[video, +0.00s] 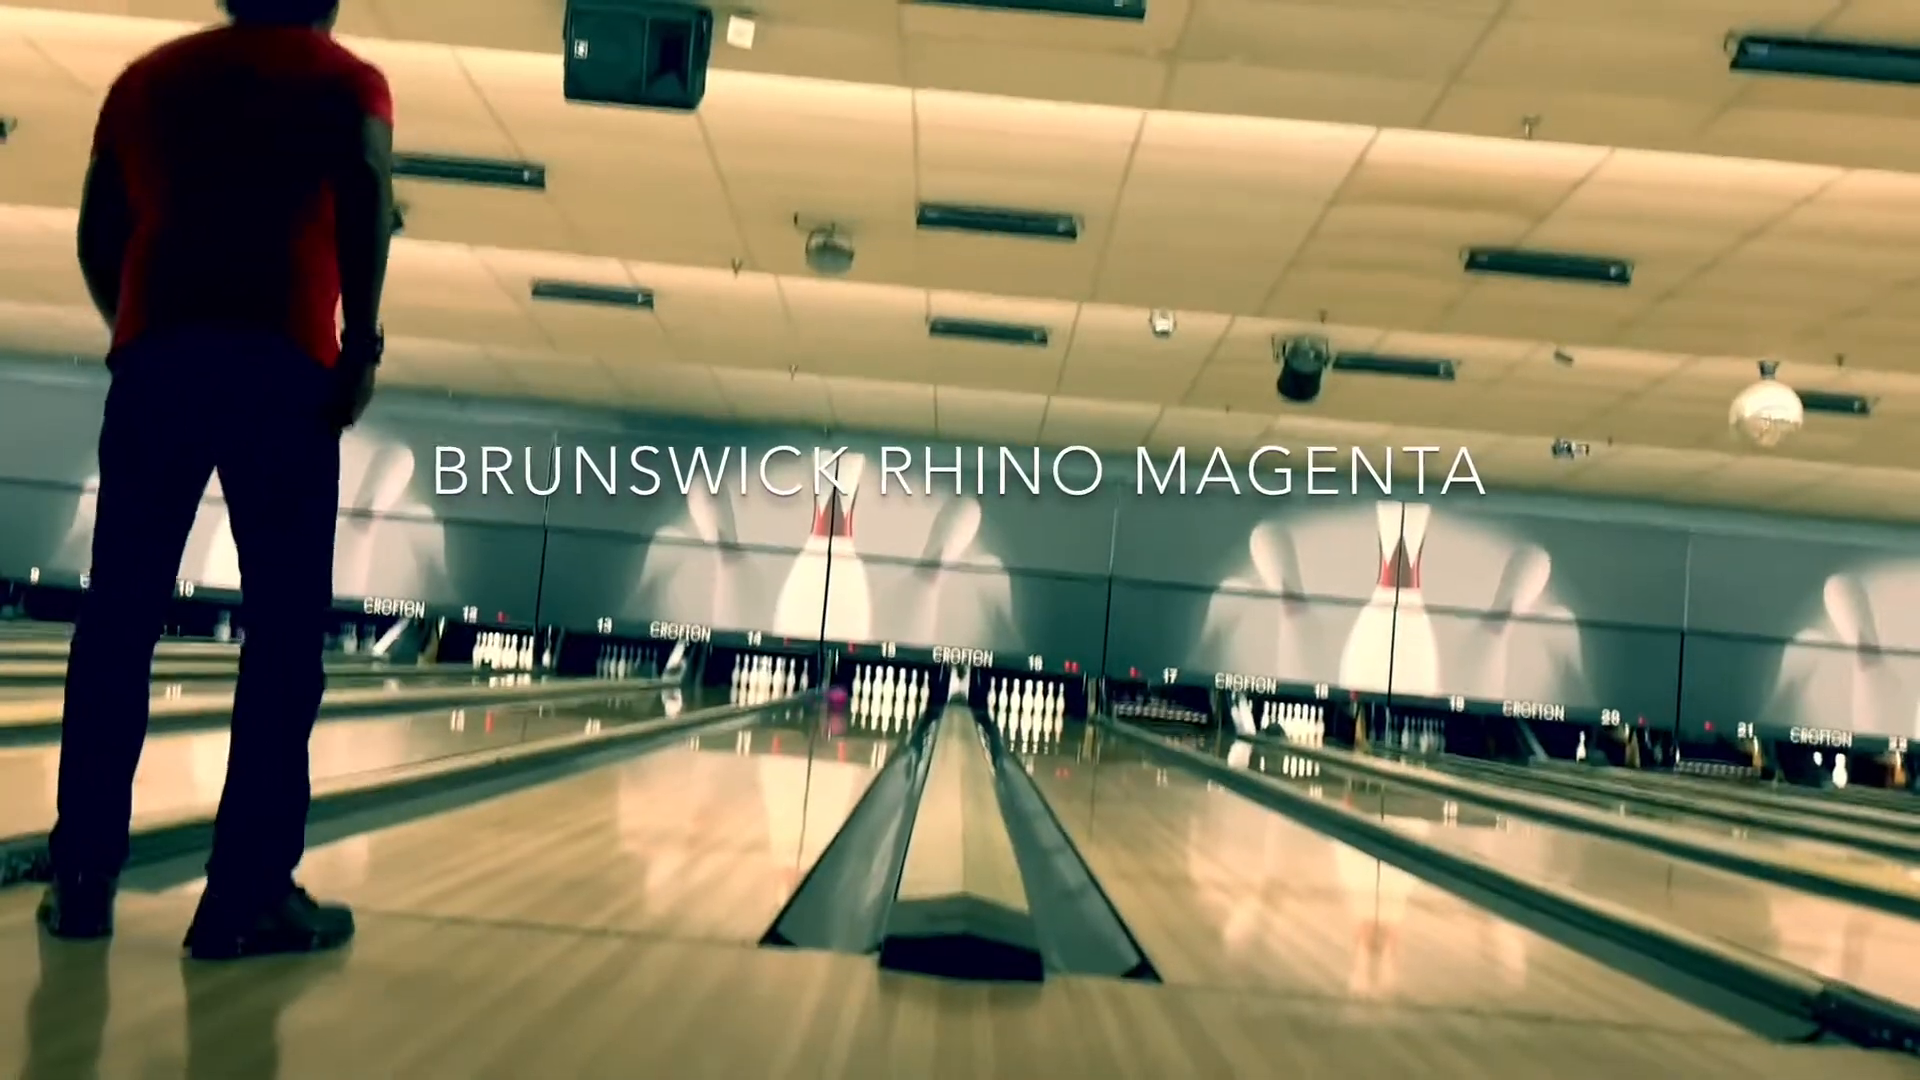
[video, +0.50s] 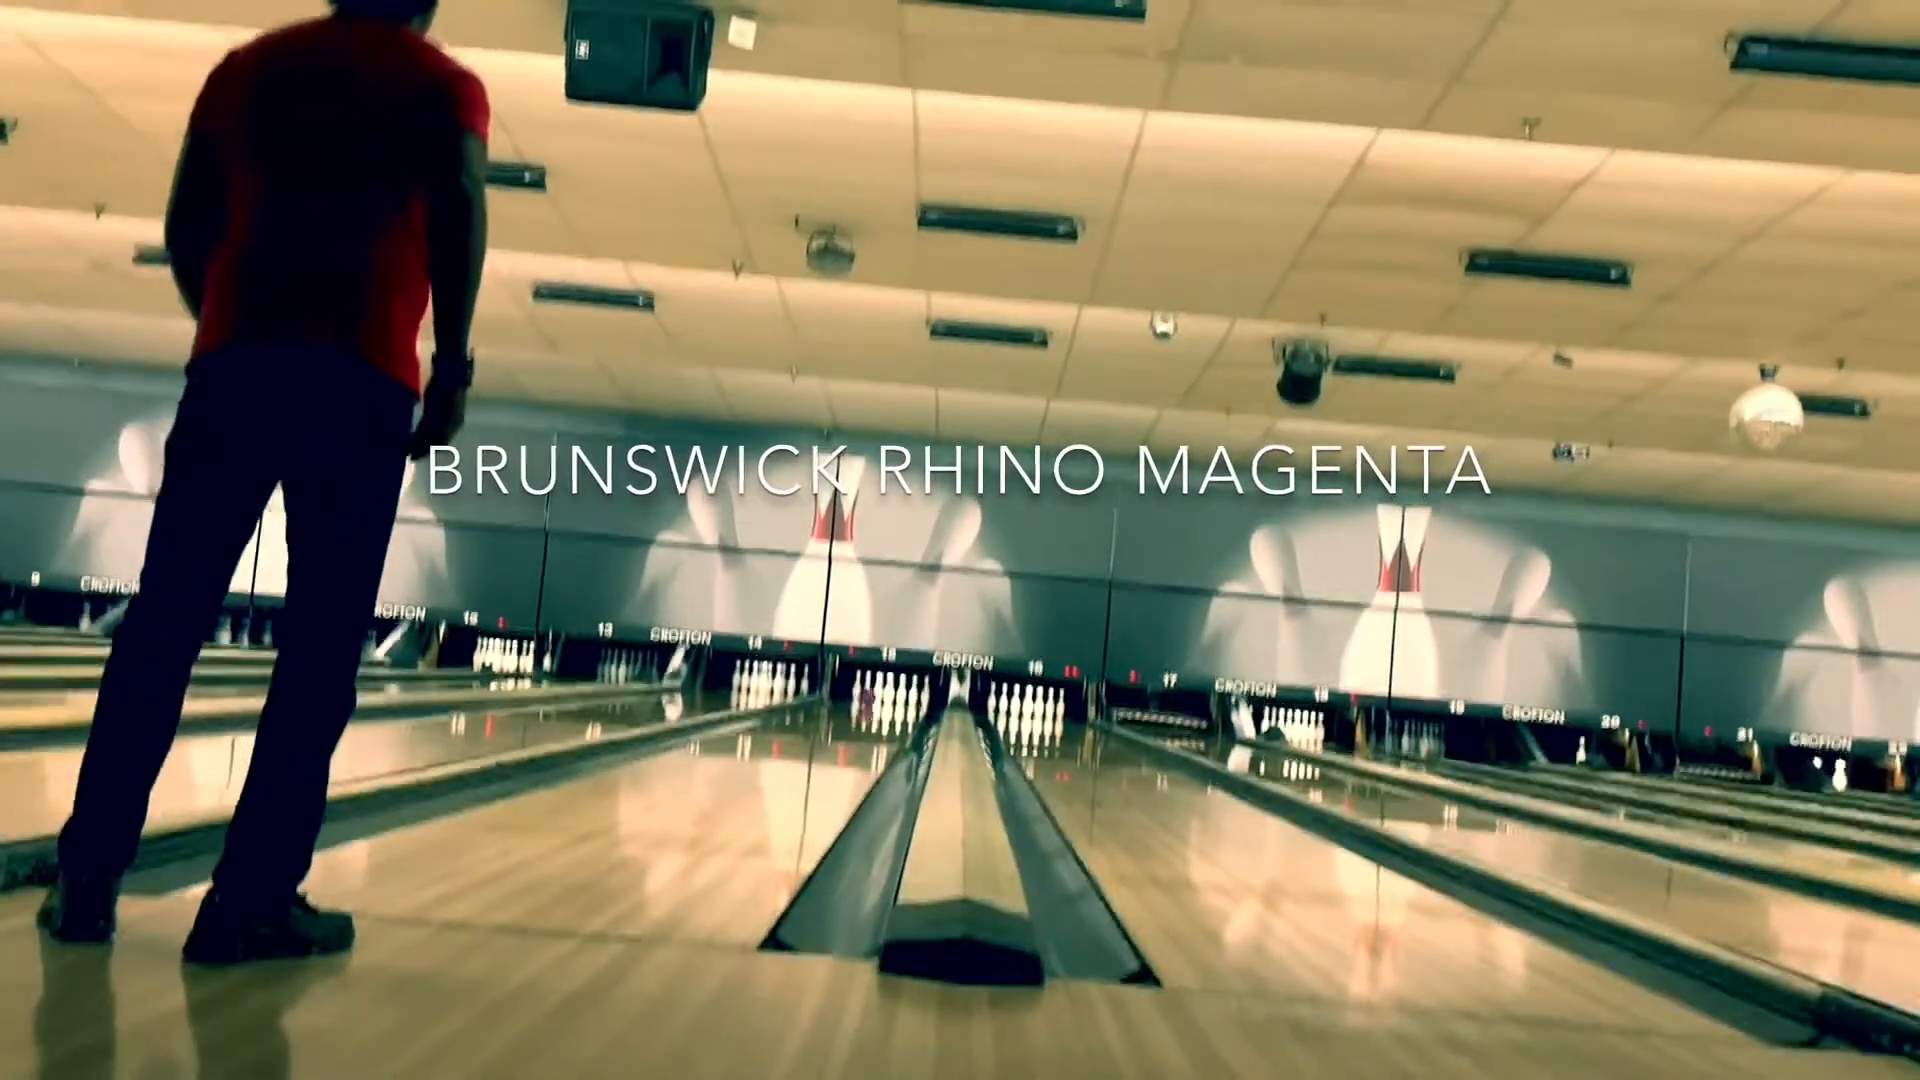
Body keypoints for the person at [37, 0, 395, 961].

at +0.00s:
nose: (333, 21)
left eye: (323, 17)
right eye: (333, 13)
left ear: (228, 1)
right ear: (323, 7)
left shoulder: (143, 78)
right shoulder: (348, 81)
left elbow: (97, 240)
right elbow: (365, 217)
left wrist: (146, 333)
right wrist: (362, 343)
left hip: (154, 377)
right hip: (282, 379)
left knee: (117, 621)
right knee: (284, 639)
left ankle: (80, 887)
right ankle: (246, 898)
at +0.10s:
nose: (355, 16)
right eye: (355, 9)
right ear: (346, 3)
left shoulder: (166, 70)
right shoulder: (372, 78)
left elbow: (114, 233)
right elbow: (385, 210)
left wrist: (160, 329)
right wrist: (379, 343)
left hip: (171, 374)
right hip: (300, 378)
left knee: (123, 625)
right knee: (290, 645)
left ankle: (82, 888)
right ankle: (248, 903)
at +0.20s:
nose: (373, 15)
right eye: (374, 9)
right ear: (367, 5)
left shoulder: (187, 70)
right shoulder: (396, 80)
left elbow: (134, 230)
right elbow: (408, 209)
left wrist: (177, 332)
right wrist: (401, 348)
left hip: (190, 372)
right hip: (319, 378)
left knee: (135, 622)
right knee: (298, 643)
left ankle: (81, 889)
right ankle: (248, 903)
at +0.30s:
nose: (398, 15)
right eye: (400, 9)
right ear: (391, 5)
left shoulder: (210, 66)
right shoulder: (416, 80)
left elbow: (152, 231)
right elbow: (427, 205)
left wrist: (204, 333)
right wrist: (423, 354)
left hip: (206, 376)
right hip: (335, 384)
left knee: (147, 620)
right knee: (307, 646)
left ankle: (82, 886)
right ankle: (249, 902)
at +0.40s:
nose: (416, 19)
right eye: (418, 12)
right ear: (408, 6)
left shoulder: (227, 68)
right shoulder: (432, 83)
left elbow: (170, 237)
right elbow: (444, 204)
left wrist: (223, 338)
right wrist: (441, 353)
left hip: (221, 376)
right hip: (350, 387)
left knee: (157, 624)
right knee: (315, 655)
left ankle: (84, 889)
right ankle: (249, 909)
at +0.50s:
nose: (434, 19)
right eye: (435, 12)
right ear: (422, 7)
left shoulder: (241, 65)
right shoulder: (446, 83)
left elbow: (185, 232)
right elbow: (460, 218)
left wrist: (239, 331)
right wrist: (452, 360)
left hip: (231, 373)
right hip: (359, 386)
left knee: (163, 622)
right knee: (320, 651)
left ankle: (85, 884)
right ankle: (250, 905)